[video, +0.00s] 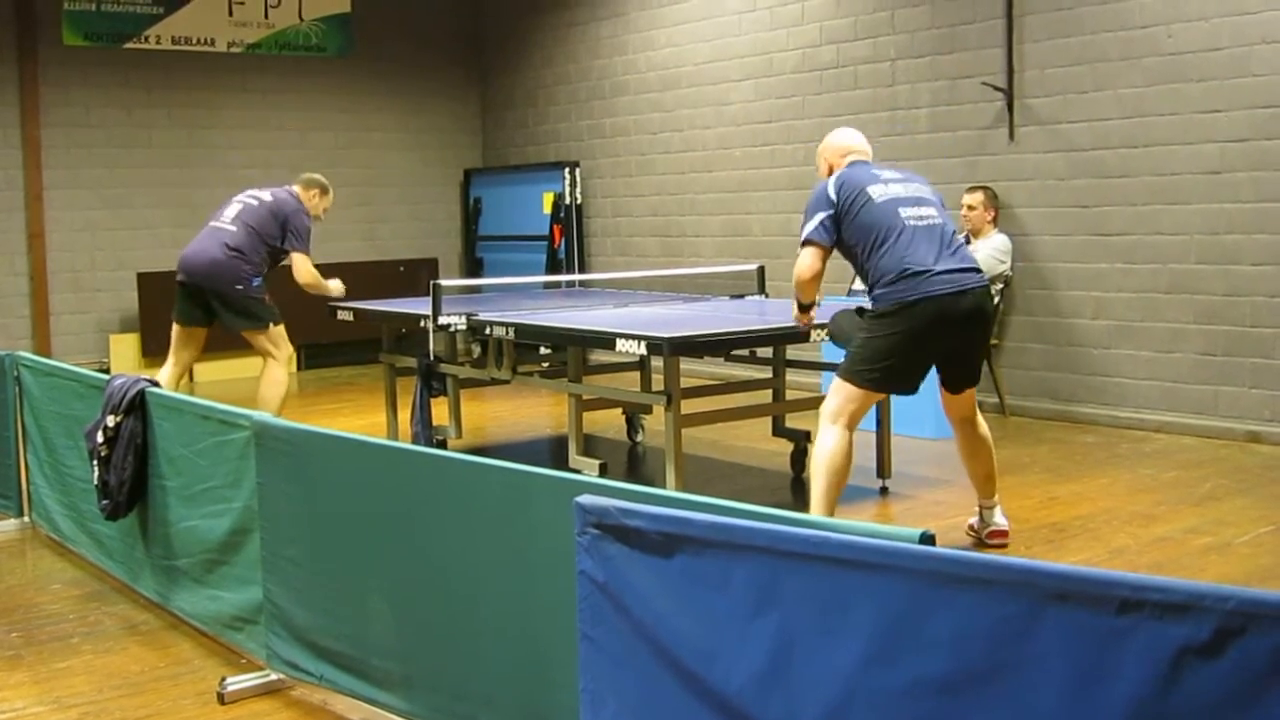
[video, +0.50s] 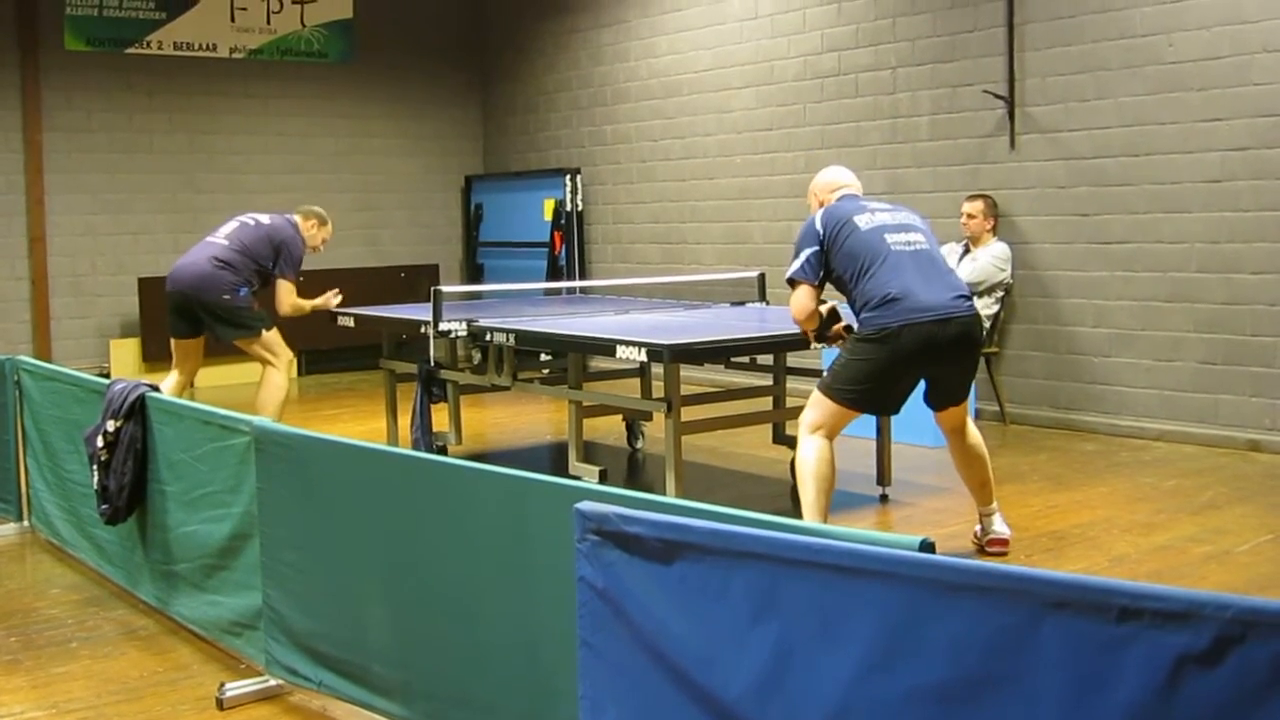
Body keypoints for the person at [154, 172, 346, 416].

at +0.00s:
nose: (320, 216)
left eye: (324, 211)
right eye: (323, 208)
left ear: (299, 188)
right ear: (313, 194)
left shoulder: (259, 193)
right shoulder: (296, 211)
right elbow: (304, 276)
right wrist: (329, 288)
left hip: (191, 265)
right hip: (232, 271)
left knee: (177, 360)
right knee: (279, 355)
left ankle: (147, 425)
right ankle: (263, 437)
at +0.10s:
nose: (321, 225)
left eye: (325, 220)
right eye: (324, 217)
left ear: (298, 196)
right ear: (313, 203)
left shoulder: (259, 200)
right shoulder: (295, 217)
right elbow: (305, 280)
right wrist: (331, 294)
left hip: (188, 266)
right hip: (229, 271)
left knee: (177, 362)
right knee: (279, 355)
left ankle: (148, 423)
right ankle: (263, 440)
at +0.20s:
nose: (321, 233)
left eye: (325, 228)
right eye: (325, 224)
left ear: (303, 204)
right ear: (314, 210)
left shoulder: (260, 206)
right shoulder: (295, 222)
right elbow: (304, 284)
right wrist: (332, 298)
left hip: (186, 269)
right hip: (226, 274)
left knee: (179, 364)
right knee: (279, 355)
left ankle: (147, 424)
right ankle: (263, 441)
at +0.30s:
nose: (321, 238)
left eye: (326, 233)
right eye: (325, 229)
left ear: (301, 209)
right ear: (313, 215)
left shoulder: (261, 211)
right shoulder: (296, 228)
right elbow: (300, 290)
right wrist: (327, 297)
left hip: (185, 271)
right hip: (225, 276)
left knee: (179, 367)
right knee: (279, 357)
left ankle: (147, 426)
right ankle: (263, 442)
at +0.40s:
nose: (322, 243)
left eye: (326, 238)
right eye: (325, 235)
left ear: (307, 215)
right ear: (313, 220)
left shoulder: (262, 216)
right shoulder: (295, 233)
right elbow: (293, 299)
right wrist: (320, 299)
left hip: (183, 275)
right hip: (223, 280)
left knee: (181, 369)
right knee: (280, 358)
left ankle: (149, 425)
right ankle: (264, 443)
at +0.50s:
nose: (321, 247)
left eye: (325, 242)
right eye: (324, 239)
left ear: (304, 221)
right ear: (311, 225)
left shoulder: (261, 221)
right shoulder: (291, 238)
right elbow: (286, 307)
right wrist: (319, 303)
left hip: (179, 278)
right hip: (219, 283)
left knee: (182, 371)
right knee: (280, 360)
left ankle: (148, 424)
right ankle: (264, 443)